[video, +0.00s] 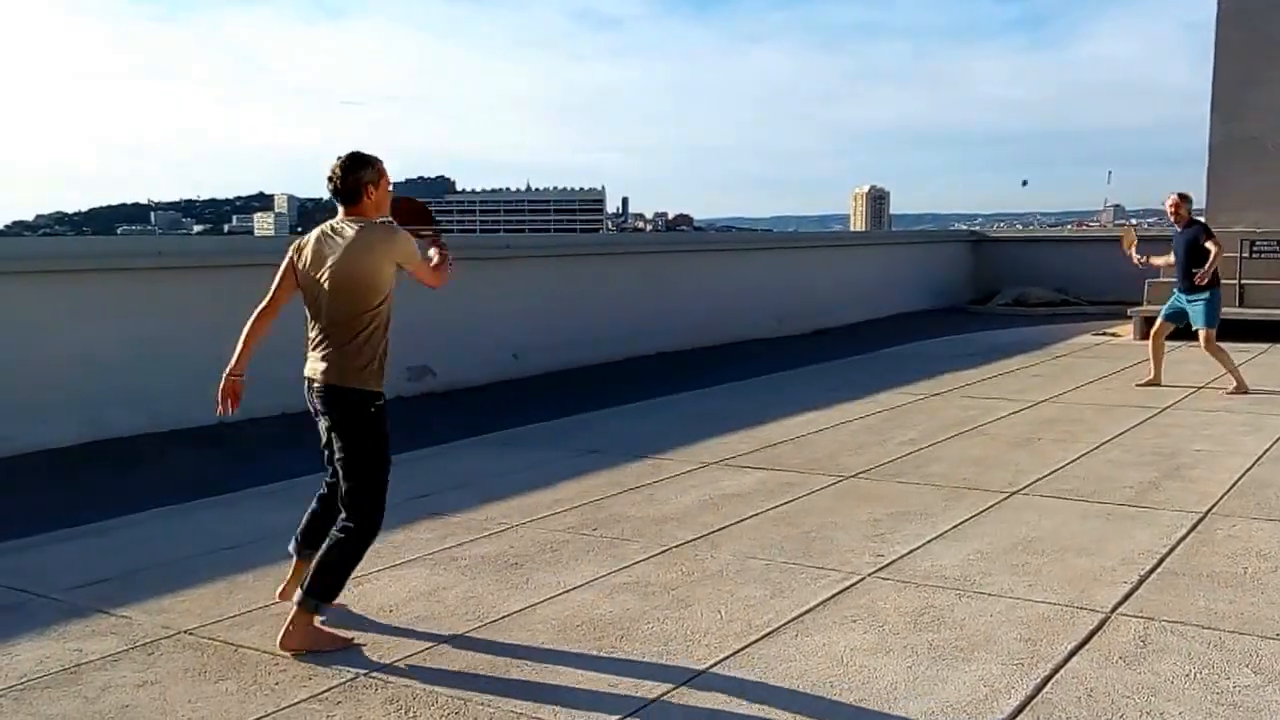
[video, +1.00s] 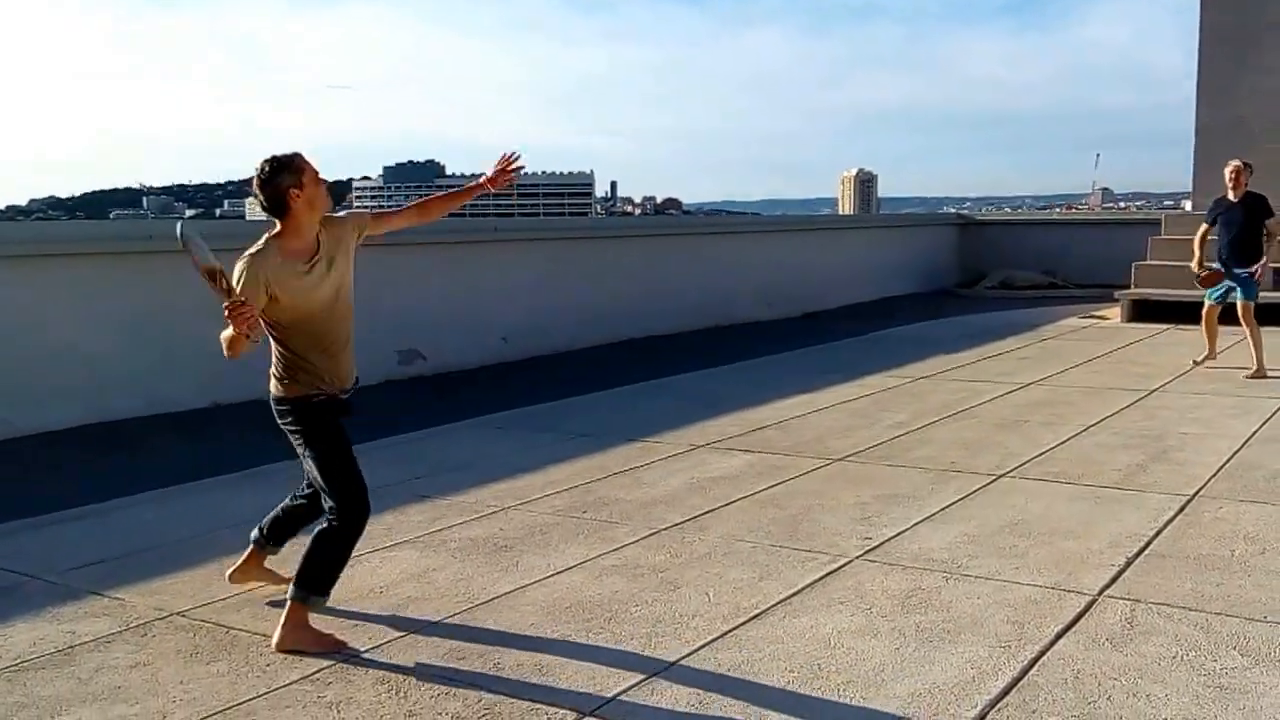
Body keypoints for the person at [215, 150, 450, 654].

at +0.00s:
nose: (391, 189)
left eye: (387, 181)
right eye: (386, 182)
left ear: (345, 194)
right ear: (371, 190)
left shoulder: (308, 243)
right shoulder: (387, 235)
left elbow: (267, 309)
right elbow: (433, 276)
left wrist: (235, 368)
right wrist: (438, 258)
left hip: (317, 386)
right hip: (356, 394)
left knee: (336, 486)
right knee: (362, 515)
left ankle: (296, 581)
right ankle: (301, 626)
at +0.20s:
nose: (367, 214)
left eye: (364, 205)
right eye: (362, 206)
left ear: (320, 215)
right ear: (344, 213)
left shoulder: (282, 263)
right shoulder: (364, 267)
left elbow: (254, 336)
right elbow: (389, 342)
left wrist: (249, 402)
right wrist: (382, 358)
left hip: (291, 405)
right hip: (338, 410)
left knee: (323, 488)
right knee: (377, 515)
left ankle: (287, 590)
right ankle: (306, 617)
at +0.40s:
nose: (366, 173)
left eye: (363, 163)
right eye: (361, 165)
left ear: (323, 174)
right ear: (343, 172)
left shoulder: (293, 219)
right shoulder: (345, 228)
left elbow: (261, 294)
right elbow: (348, 312)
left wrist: (280, 343)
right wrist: (377, 353)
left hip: (282, 364)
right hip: (317, 369)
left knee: (307, 468)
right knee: (353, 483)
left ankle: (282, 569)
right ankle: (312, 603)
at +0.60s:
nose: (359, 186)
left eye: (355, 179)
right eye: (352, 180)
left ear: (327, 192)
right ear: (334, 192)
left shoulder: (332, 241)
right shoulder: (301, 251)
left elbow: (350, 312)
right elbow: (283, 340)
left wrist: (406, 347)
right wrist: (334, 390)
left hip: (308, 386)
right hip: (294, 391)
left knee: (295, 483)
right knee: (354, 494)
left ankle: (248, 574)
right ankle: (321, 615)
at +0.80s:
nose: (335, 183)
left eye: (330, 176)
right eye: (328, 178)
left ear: (310, 196)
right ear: (309, 195)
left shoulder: (338, 235)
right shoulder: (267, 259)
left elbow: (406, 260)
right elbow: (226, 336)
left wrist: (475, 272)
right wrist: (275, 379)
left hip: (317, 382)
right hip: (287, 389)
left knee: (295, 481)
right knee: (356, 482)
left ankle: (245, 575)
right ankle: (316, 608)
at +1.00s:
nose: (325, 182)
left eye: (318, 175)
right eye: (316, 178)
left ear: (296, 197)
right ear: (297, 195)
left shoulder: (343, 229)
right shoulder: (257, 265)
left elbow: (418, 212)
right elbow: (232, 347)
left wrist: (482, 185)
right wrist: (240, 332)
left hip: (337, 391)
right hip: (298, 399)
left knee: (318, 493)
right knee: (351, 507)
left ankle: (251, 563)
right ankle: (294, 624)